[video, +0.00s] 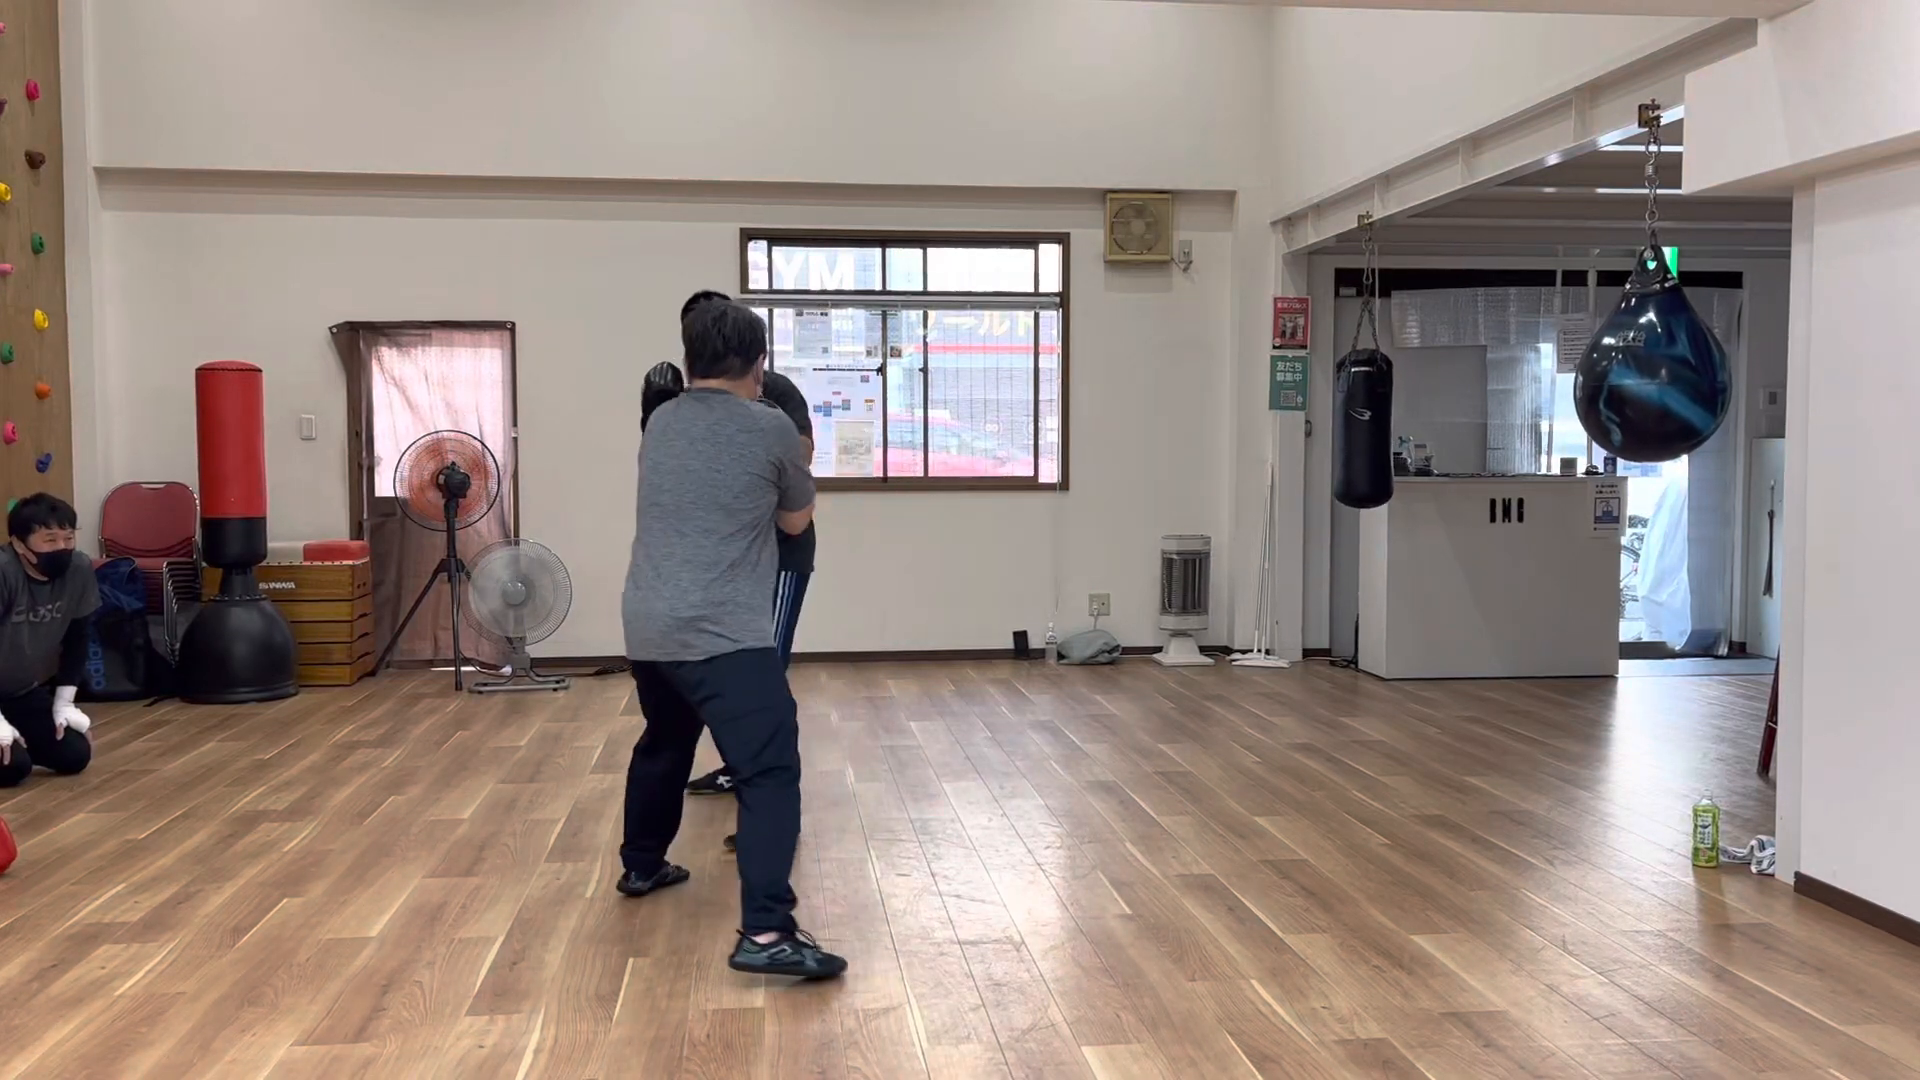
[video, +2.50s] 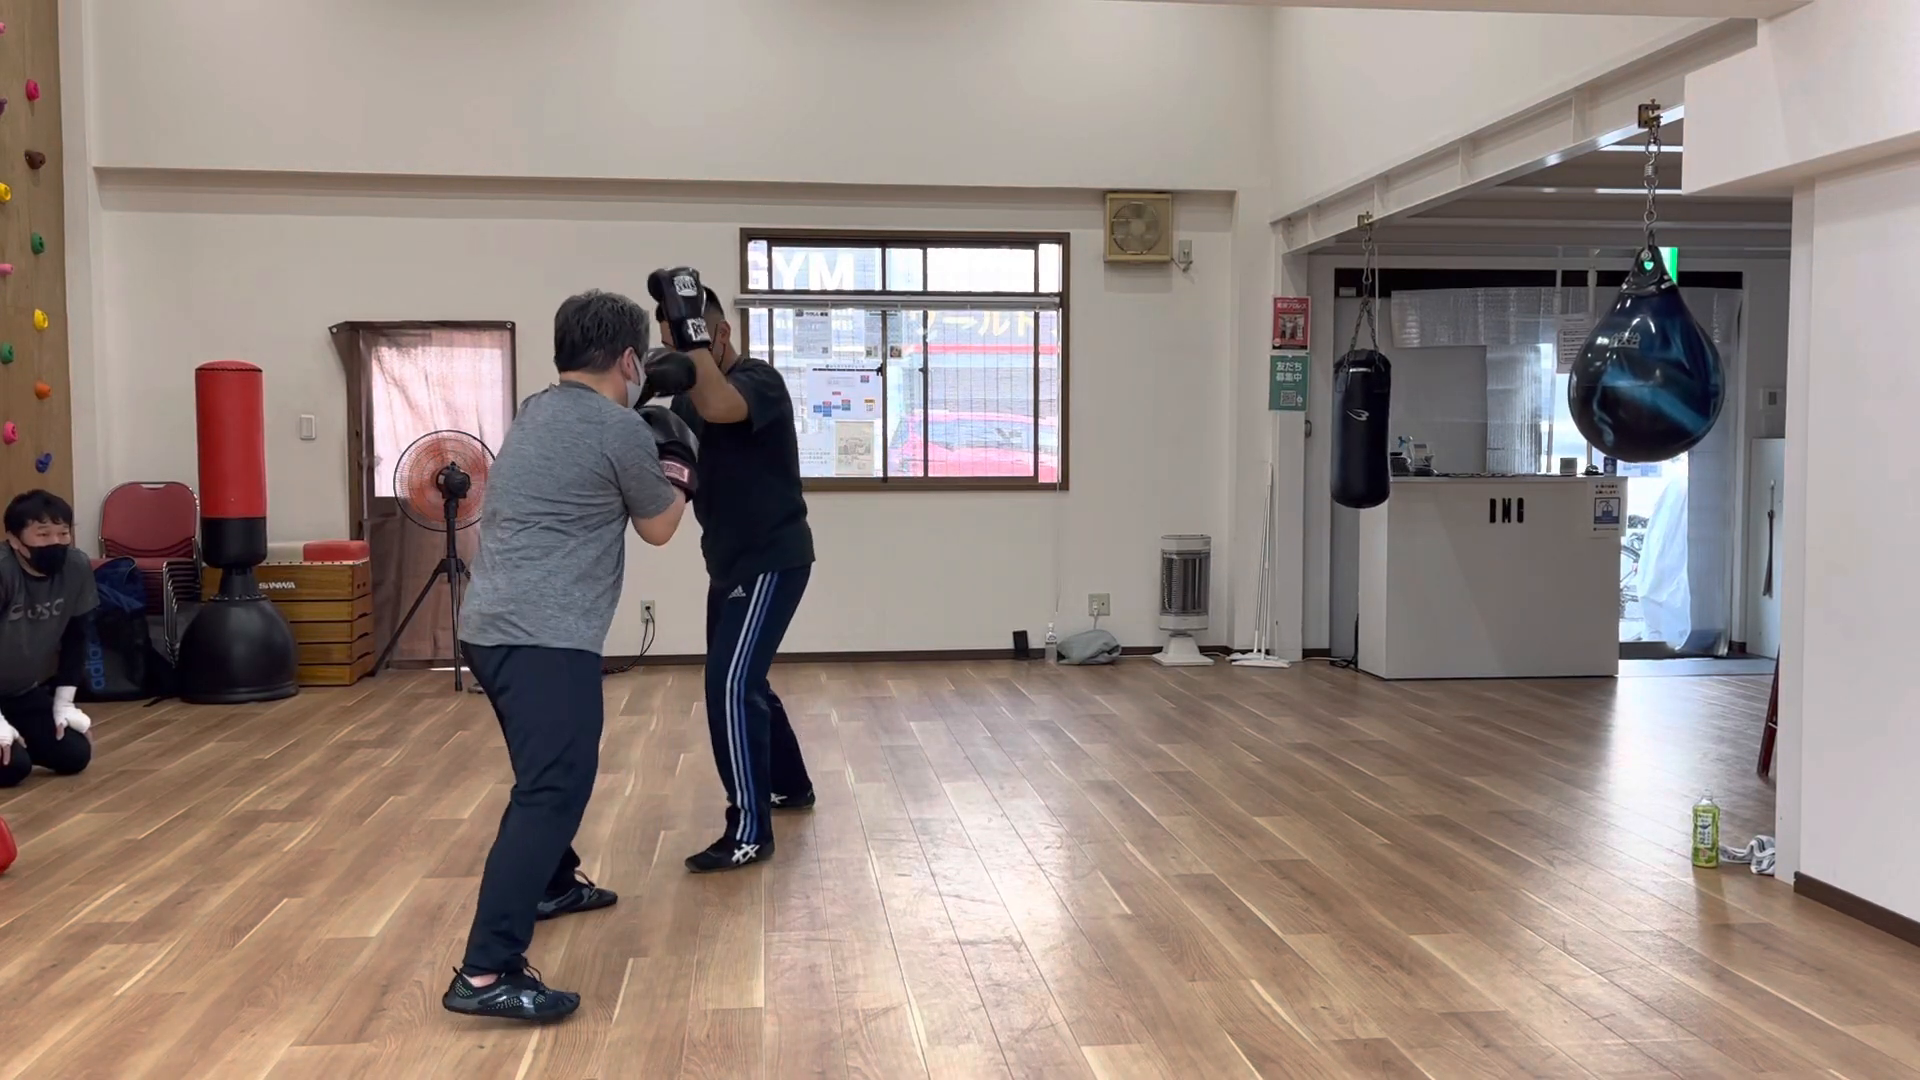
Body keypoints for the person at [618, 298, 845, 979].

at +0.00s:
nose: (765, 370)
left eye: (761, 360)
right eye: (763, 360)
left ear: (689, 360)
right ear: (755, 362)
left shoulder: (661, 420)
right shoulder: (773, 427)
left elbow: (680, 498)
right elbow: (797, 520)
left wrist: (765, 489)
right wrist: (732, 495)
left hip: (648, 630)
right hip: (726, 633)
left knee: (666, 738)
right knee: (770, 773)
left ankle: (641, 865)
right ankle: (766, 930)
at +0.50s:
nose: (713, 361)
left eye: (710, 352)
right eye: (712, 351)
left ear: (633, 354)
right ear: (706, 356)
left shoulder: (597, 418)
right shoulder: (719, 426)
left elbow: (605, 492)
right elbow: (743, 505)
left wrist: (691, 489)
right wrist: (667, 493)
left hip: (582, 637)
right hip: (661, 646)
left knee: (619, 751)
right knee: (681, 791)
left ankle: (617, 870)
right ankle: (633, 948)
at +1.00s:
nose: (663, 364)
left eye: (661, 354)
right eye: (660, 355)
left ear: (587, 361)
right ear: (650, 362)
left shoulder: (564, 418)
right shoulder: (656, 429)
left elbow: (602, 488)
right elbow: (699, 511)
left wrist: (665, 451)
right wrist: (697, 462)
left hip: (542, 633)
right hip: (609, 640)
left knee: (584, 750)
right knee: (620, 785)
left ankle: (577, 863)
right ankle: (569, 947)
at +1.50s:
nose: (652, 361)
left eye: (651, 350)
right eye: (650, 350)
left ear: (570, 354)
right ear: (633, 357)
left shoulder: (526, 416)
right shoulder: (642, 432)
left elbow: (515, 499)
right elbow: (666, 507)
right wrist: (666, 449)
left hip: (502, 633)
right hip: (575, 640)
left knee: (551, 763)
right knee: (579, 793)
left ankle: (574, 861)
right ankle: (517, 949)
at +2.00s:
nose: (631, 365)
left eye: (629, 355)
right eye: (629, 355)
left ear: (546, 355)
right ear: (615, 357)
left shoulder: (506, 423)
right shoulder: (615, 438)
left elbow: (528, 500)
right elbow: (651, 525)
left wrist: (618, 465)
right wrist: (661, 480)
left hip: (480, 651)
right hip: (548, 660)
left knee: (532, 787)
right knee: (562, 811)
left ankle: (516, 906)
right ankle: (501, 987)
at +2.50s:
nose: (642, 368)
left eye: (641, 357)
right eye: (640, 356)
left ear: (564, 357)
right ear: (626, 359)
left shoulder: (531, 412)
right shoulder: (618, 427)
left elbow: (577, 494)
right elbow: (659, 525)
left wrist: (628, 426)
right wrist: (676, 476)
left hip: (490, 630)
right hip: (546, 641)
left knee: (547, 768)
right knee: (552, 791)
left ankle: (551, 878)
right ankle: (486, 970)